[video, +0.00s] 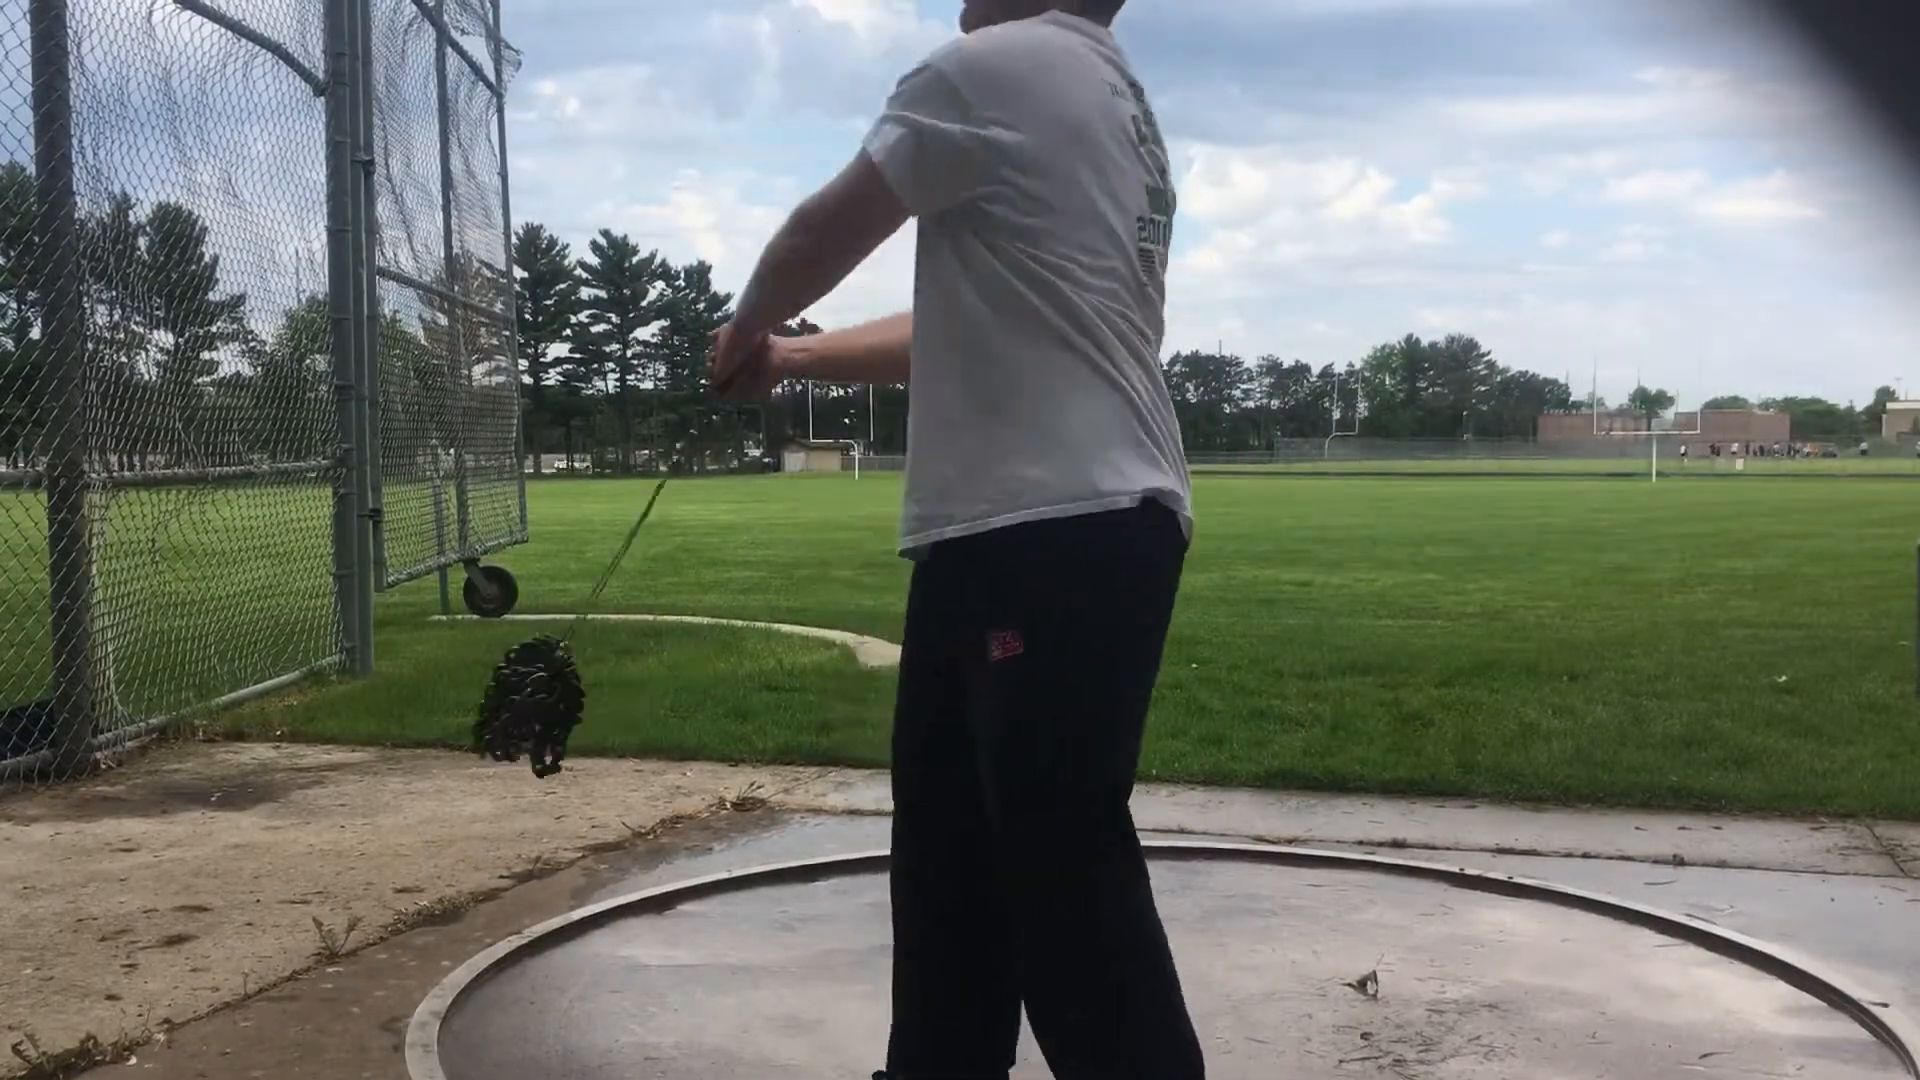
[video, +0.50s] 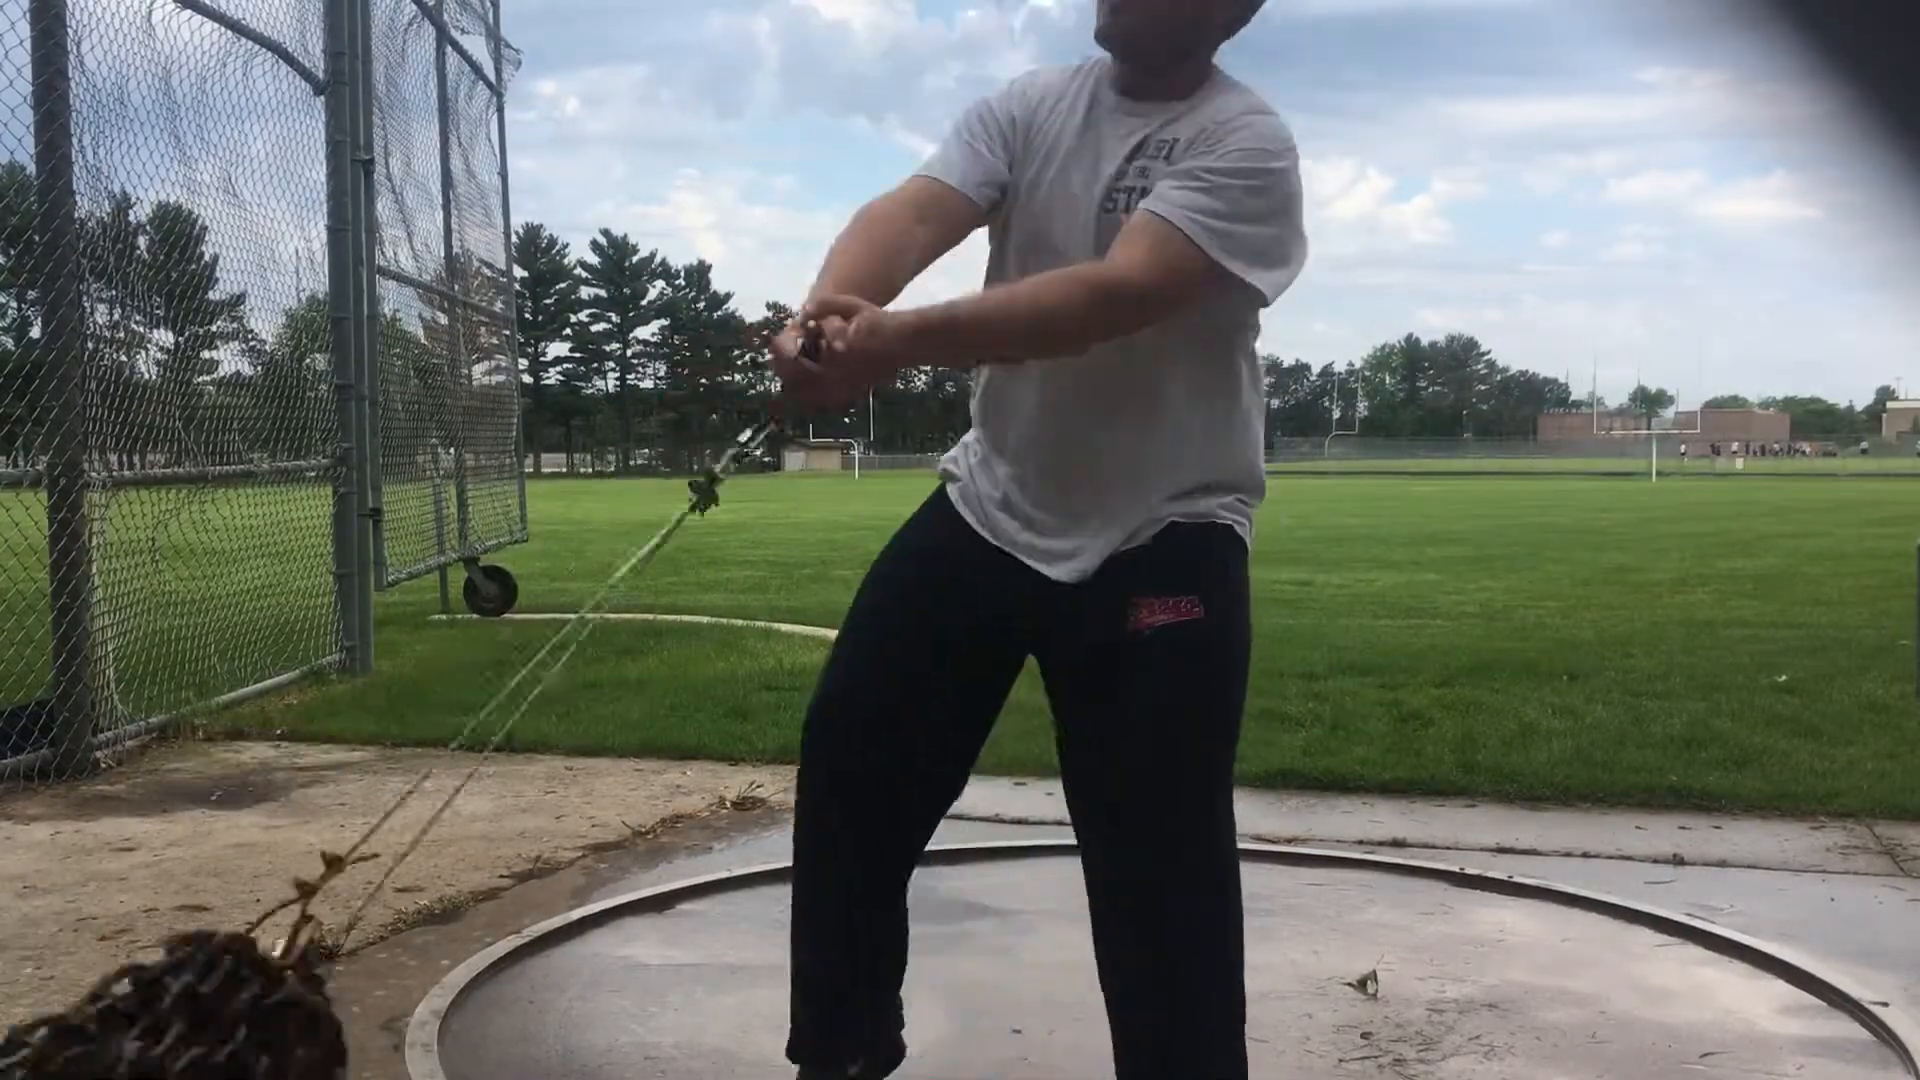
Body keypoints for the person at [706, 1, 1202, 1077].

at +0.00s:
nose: (960, 13)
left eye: (970, 3)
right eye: (965, 6)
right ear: (1087, 7)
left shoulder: (990, 66)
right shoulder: (1117, 110)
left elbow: (814, 241)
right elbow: (980, 324)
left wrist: (750, 329)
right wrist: (788, 352)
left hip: (1041, 523)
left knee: (1061, 862)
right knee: (947, 859)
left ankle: (1141, 1064)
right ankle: (940, 1064)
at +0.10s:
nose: (997, 3)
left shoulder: (1071, 74)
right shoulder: (1091, 104)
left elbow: (855, 245)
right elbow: (933, 319)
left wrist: (729, 346)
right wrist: (757, 372)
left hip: (1110, 528)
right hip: (1005, 540)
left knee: (1108, 879)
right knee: (959, 867)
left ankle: (1149, 1066)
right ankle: (942, 1065)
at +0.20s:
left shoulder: (1141, 85)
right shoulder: (1087, 108)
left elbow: (916, 259)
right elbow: (930, 304)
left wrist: (742, 352)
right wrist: (756, 374)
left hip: (1158, 534)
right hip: (1023, 543)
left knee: (1147, 890)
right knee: (959, 879)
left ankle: (1166, 1073)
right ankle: (939, 1067)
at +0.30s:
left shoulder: (1202, 96)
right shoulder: (1054, 109)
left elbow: (981, 260)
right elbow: (933, 254)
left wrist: (777, 355)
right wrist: (796, 337)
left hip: (1183, 522)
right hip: (1028, 519)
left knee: (1178, 844)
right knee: (940, 785)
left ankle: (1175, 1070)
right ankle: (925, 1055)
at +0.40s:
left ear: (1224, 1)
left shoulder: (1248, 116)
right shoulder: (1045, 109)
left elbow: (1078, 263)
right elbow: (929, 239)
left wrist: (839, 347)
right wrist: (805, 325)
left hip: (1182, 526)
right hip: (1014, 511)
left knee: (1178, 856)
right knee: (885, 738)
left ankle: (1181, 1070)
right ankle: (902, 1025)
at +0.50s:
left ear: (1234, 8)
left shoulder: (1247, 145)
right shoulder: (1031, 106)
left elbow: (1121, 293)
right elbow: (918, 212)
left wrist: (903, 339)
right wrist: (834, 302)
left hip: (1160, 540)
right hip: (987, 516)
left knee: (1160, 872)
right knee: (849, 770)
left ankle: (1179, 1072)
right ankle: (842, 1056)